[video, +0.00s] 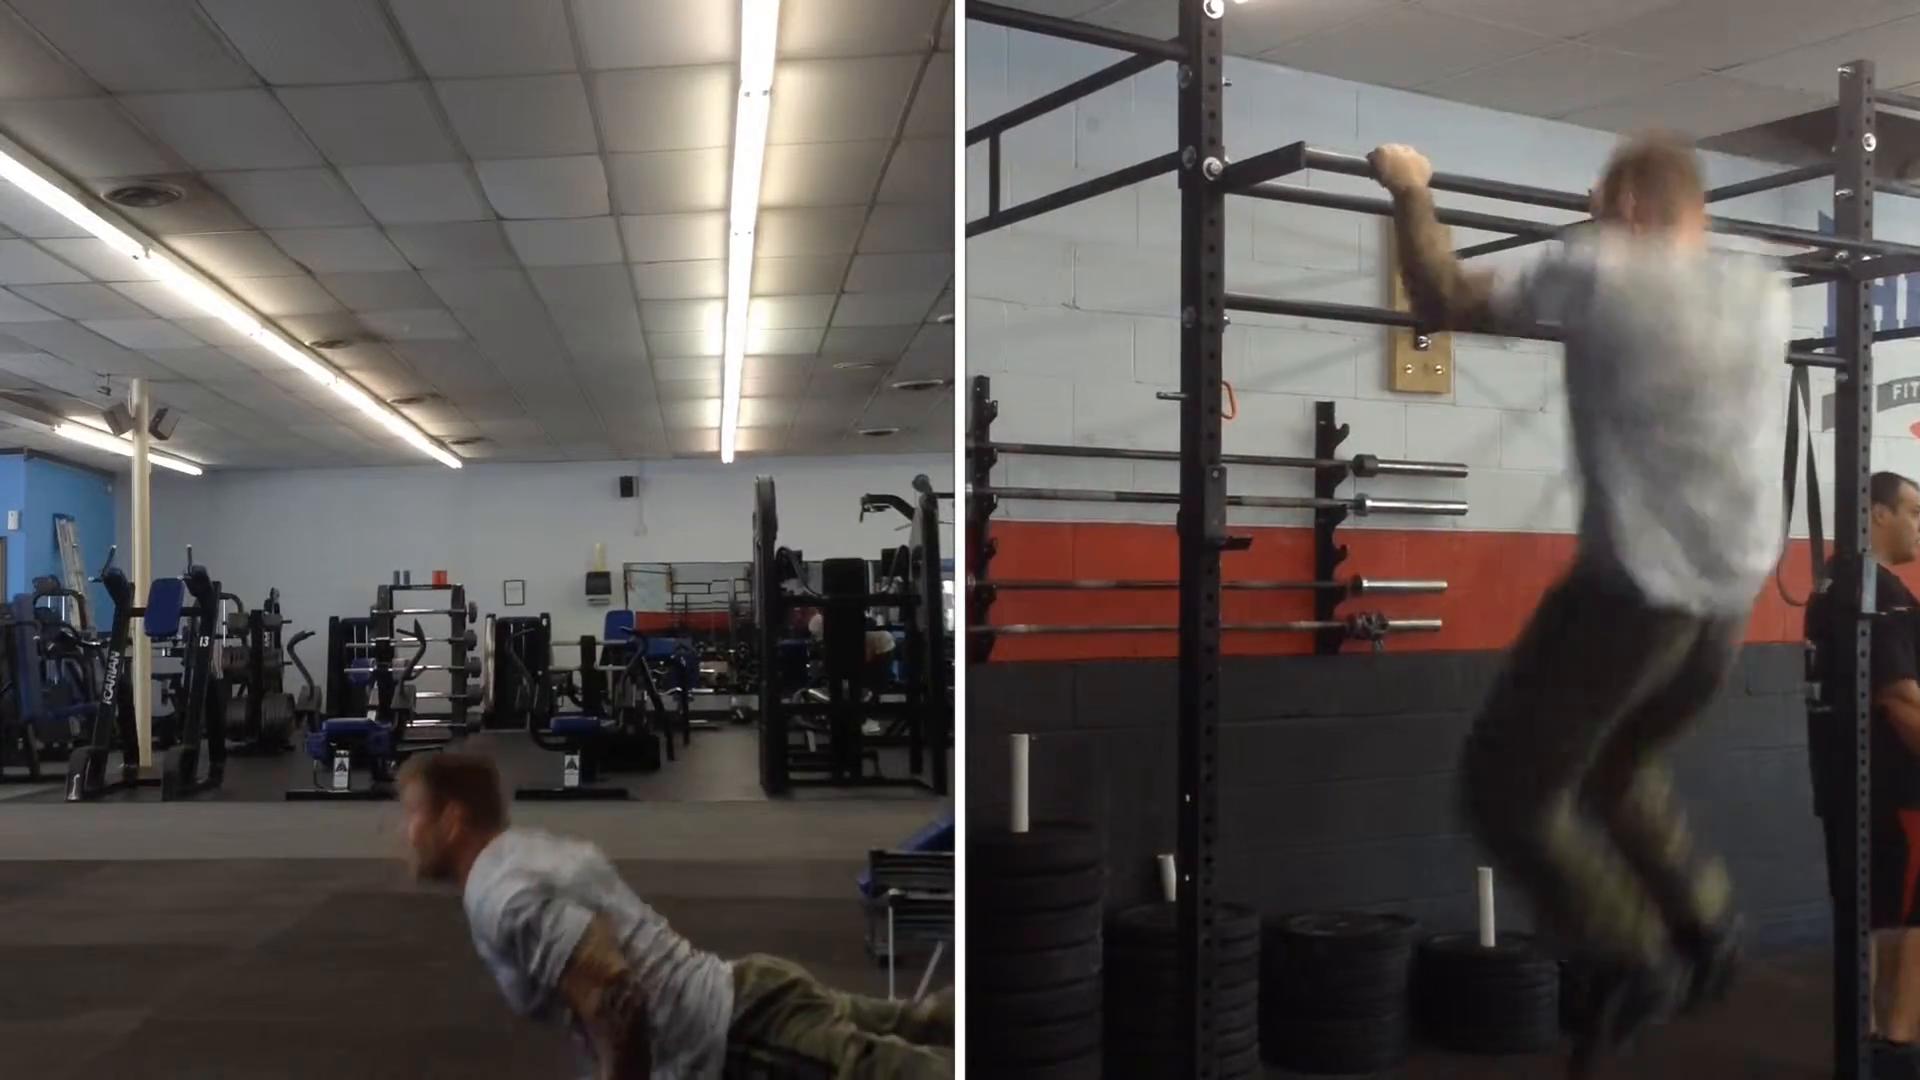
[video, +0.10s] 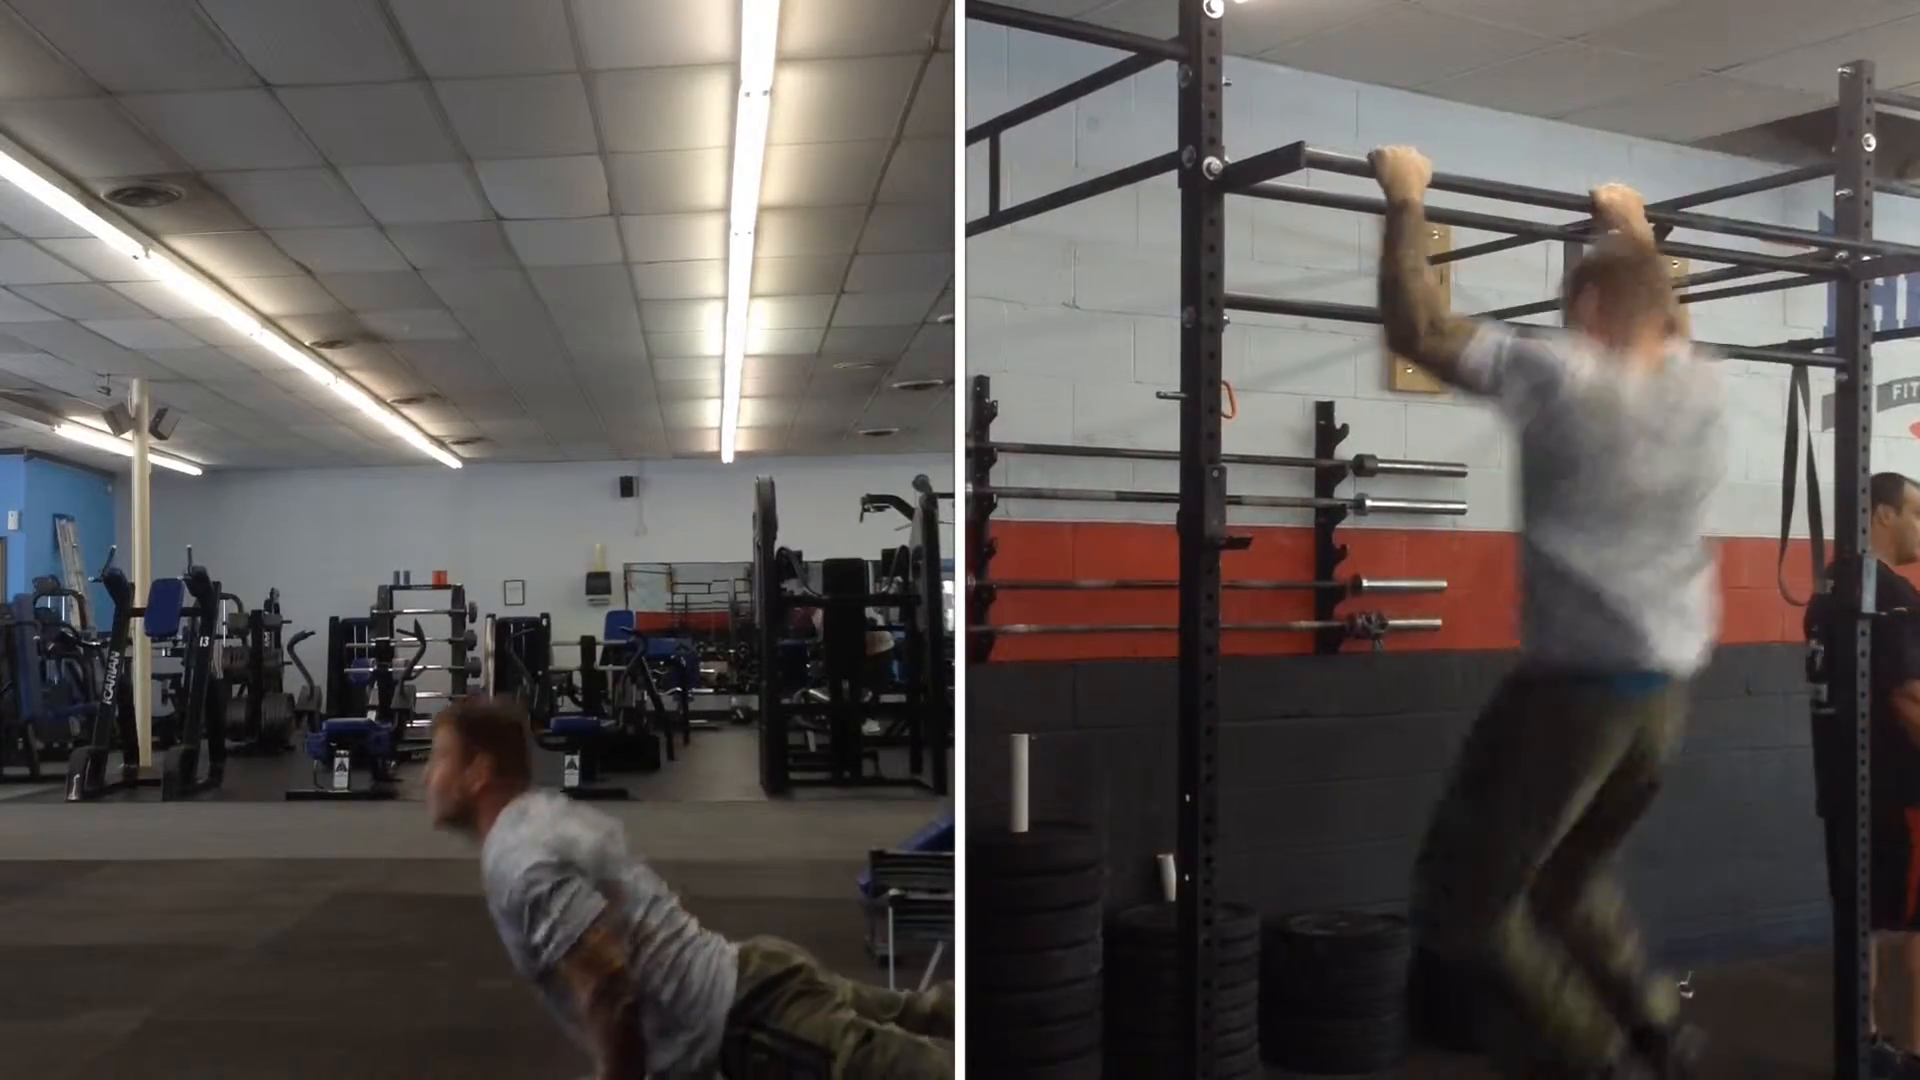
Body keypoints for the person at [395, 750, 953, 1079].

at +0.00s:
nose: (401, 830)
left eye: (408, 812)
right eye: (402, 813)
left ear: (451, 820)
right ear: (465, 815)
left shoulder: (502, 890)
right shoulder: (537, 850)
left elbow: (617, 1002)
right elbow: (629, 966)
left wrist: (615, 1076)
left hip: (747, 1039)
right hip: (751, 991)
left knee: (933, 1070)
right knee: (917, 1021)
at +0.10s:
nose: (426, 776)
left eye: (437, 759)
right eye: (429, 759)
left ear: (480, 770)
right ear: (492, 769)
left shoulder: (519, 855)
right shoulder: (552, 814)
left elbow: (611, 990)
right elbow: (640, 936)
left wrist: (616, 1072)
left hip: (745, 1028)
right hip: (755, 978)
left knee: (930, 1064)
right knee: (923, 1017)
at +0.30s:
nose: (473, 703)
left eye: (489, 690)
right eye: (481, 689)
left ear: (531, 714)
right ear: (534, 715)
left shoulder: (562, 817)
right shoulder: (580, 779)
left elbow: (600, 983)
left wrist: (611, 1070)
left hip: (751, 1001)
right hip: (756, 957)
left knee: (933, 1062)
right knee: (924, 1005)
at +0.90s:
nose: (434, 744)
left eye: (441, 726)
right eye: (434, 728)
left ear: (489, 725)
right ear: (497, 724)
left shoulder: (560, 820)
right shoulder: (569, 776)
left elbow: (595, 993)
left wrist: (608, 1071)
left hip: (764, 966)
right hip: (766, 937)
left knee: (930, 1050)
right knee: (932, 1002)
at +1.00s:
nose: (415, 787)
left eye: (415, 767)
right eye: (409, 771)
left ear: (459, 750)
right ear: (469, 746)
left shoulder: (548, 815)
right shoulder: (553, 777)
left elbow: (595, 990)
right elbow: (601, 980)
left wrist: (607, 1072)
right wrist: (606, 1064)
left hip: (784, 907)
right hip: (783, 894)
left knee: (953, 1020)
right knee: (945, 1013)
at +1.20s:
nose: (470, 836)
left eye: (459, 818)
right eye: (456, 825)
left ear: (484, 779)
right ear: (495, 770)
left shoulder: (588, 809)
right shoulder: (583, 777)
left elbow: (615, 988)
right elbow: (612, 981)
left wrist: (613, 1073)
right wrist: (613, 1070)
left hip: (846, 827)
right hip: (840, 820)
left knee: (987, 961)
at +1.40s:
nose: (554, 864)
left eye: (540, 849)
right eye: (538, 857)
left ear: (558, 806)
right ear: (566, 792)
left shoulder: (649, 812)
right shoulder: (643, 792)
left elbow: (646, 988)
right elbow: (645, 981)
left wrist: (627, 1068)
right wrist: (629, 1067)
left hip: (919, 799)